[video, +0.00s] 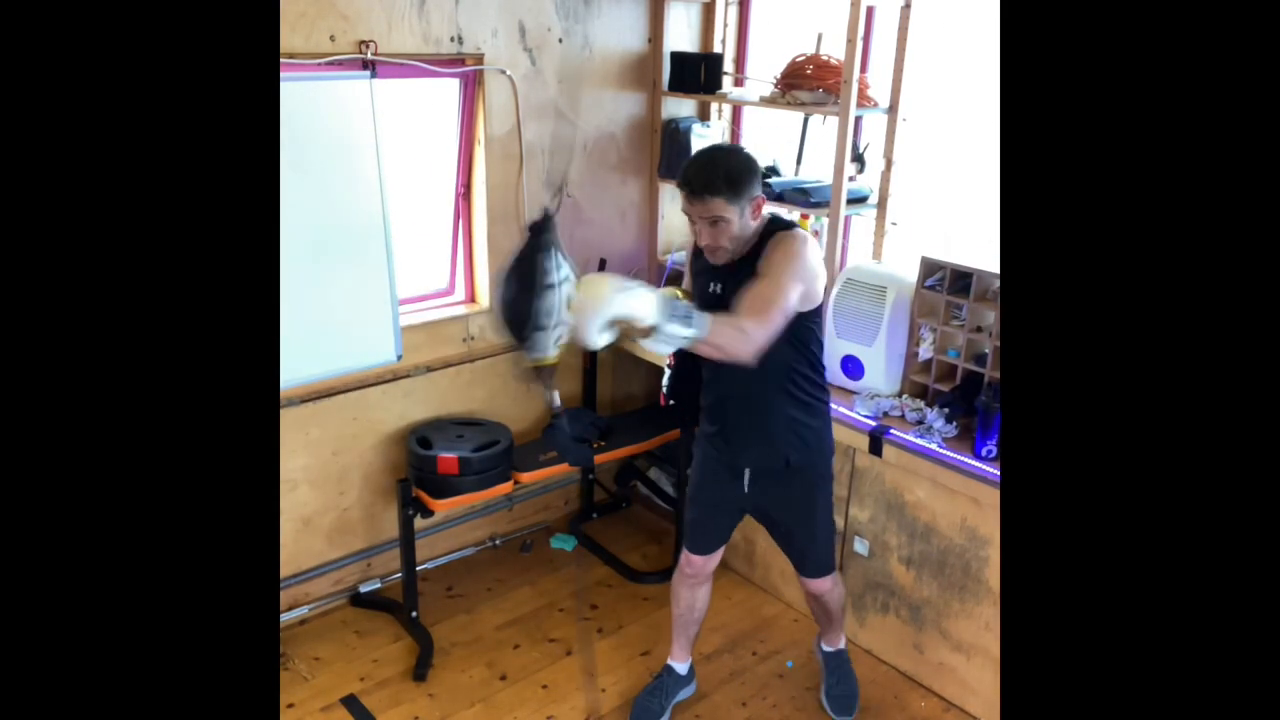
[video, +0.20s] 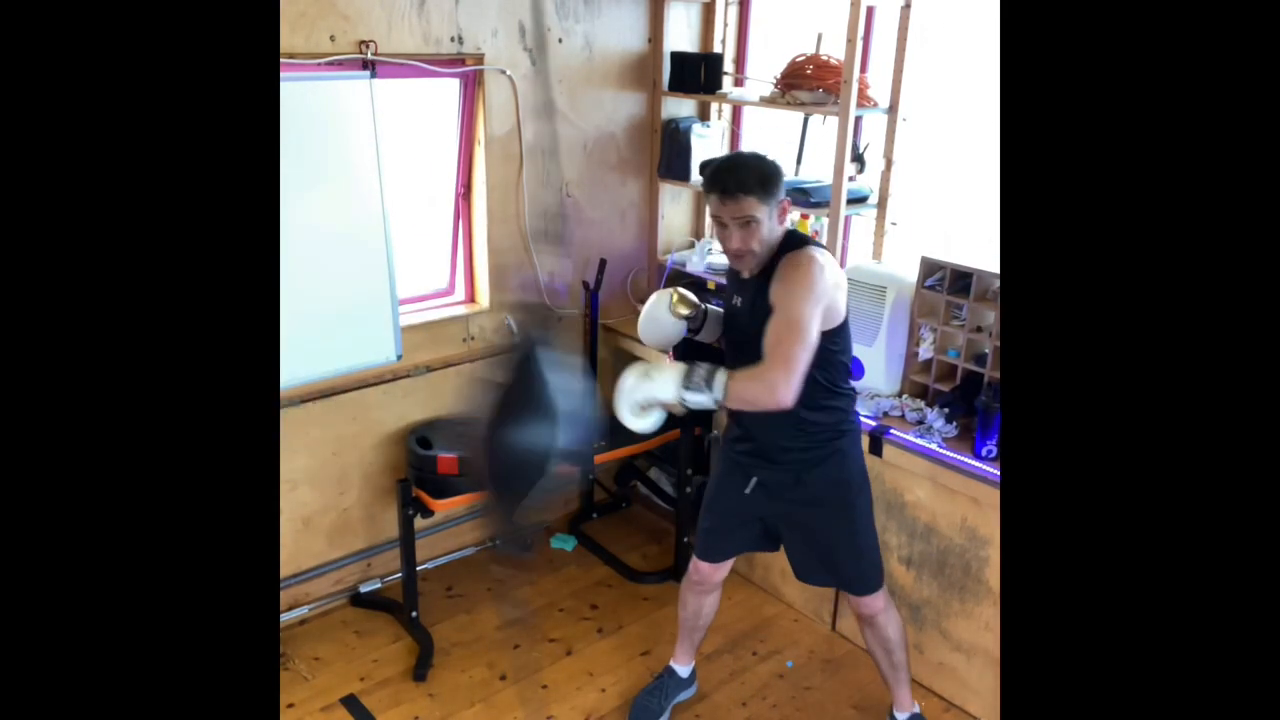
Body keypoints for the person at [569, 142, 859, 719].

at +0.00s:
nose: (701, 237)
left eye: (715, 223)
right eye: (693, 221)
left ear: (756, 207)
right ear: (686, 209)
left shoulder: (794, 251)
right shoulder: (701, 254)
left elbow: (745, 342)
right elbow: (695, 334)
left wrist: (659, 312)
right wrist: (635, 327)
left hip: (793, 445)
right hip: (720, 440)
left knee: (820, 584)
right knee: (693, 564)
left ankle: (834, 650)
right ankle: (678, 669)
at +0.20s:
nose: (733, 240)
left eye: (748, 224)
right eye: (721, 224)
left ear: (781, 212)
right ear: (710, 216)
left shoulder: (807, 269)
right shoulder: (742, 261)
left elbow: (779, 387)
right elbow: (749, 342)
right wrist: (697, 323)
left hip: (822, 455)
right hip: (748, 446)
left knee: (869, 599)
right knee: (703, 572)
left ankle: (905, 709)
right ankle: (680, 671)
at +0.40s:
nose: (876, 246)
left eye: (890, 230)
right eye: (860, 228)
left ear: (904, 224)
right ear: (832, 217)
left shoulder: (928, 276)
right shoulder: (787, 265)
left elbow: (961, 381)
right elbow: (720, 363)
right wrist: (745, 343)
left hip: (874, 464)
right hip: (787, 455)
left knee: (898, 620)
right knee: (722, 582)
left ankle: (916, 714)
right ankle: (680, 671)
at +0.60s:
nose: (950, 260)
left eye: (969, 246)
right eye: (938, 239)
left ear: (989, 239)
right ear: (917, 219)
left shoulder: (985, 281)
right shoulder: (861, 273)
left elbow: (981, 375)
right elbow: (817, 387)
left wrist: (984, 379)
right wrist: (891, 418)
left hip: (910, 472)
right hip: (826, 459)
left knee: (913, 611)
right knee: (766, 593)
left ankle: (916, 715)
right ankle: (716, 697)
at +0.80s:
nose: (910, 248)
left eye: (928, 234)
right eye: (900, 229)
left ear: (968, 223)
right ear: (889, 214)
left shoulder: (994, 274)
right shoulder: (869, 258)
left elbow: (999, 399)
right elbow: (818, 363)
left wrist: (982, 358)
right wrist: (843, 336)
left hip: (932, 477)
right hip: (848, 459)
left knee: (927, 625)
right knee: (782, 593)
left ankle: (920, 715)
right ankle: (745, 700)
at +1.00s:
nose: (883, 253)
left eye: (897, 238)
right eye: (870, 237)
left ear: (935, 222)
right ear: (859, 221)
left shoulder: (980, 284)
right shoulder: (849, 262)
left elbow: (978, 415)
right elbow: (820, 376)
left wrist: (930, 345)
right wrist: (820, 332)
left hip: (922, 472)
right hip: (843, 453)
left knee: (925, 612)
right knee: (782, 571)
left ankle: (920, 714)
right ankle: (743, 673)